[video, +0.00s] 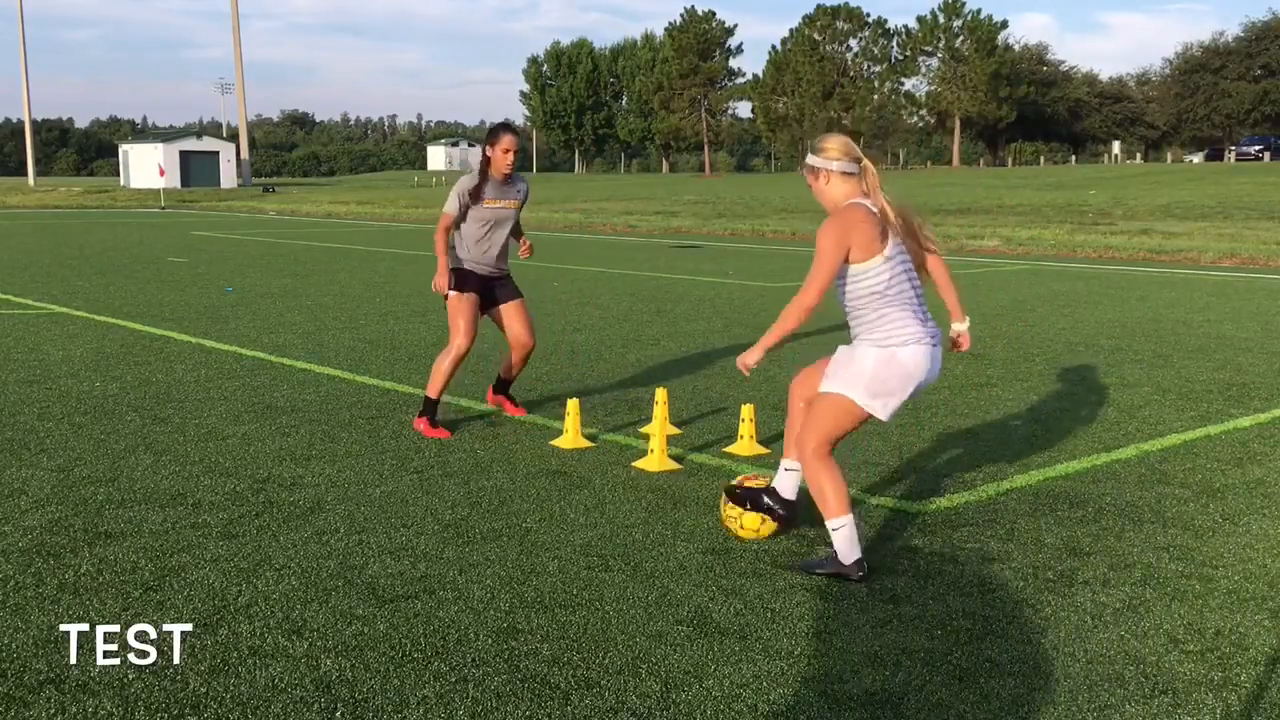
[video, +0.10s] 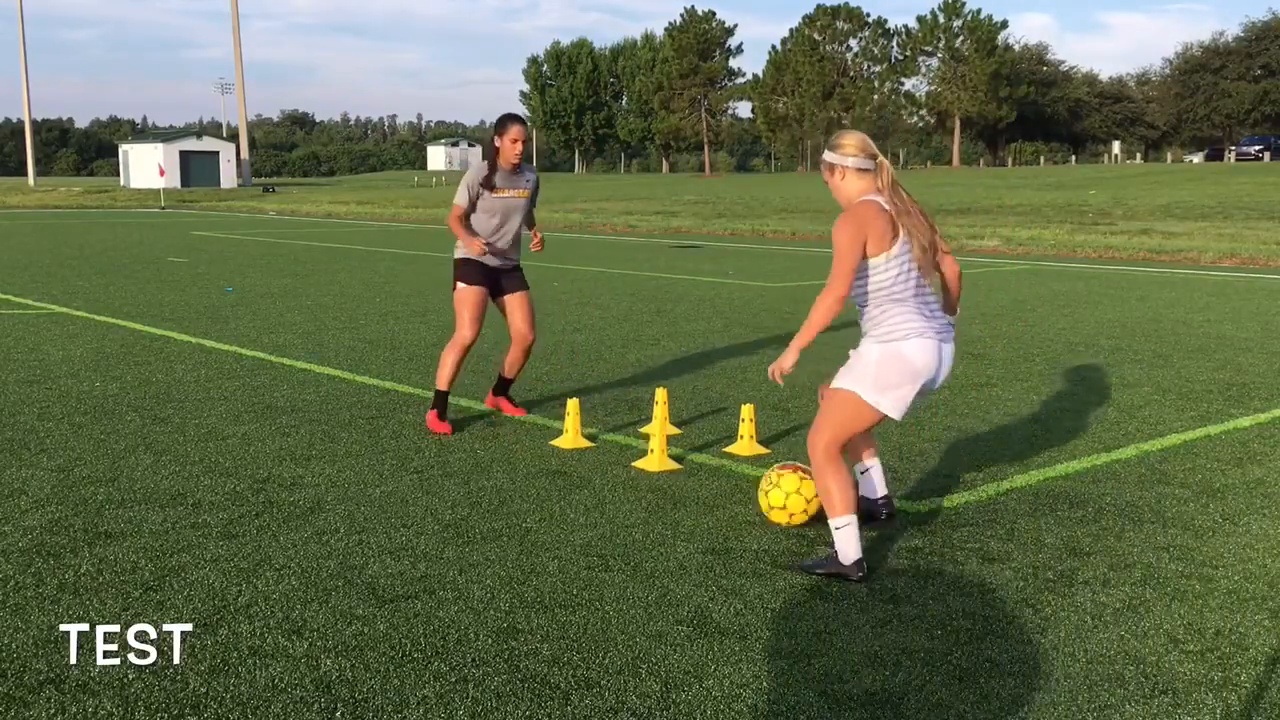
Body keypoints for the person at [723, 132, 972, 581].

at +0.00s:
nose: (811, 188)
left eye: (811, 180)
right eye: (810, 180)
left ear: (823, 177)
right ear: (856, 173)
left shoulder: (840, 224)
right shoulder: (893, 216)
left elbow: (807, 302)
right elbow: (933, 261)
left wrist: (760, 347)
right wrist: (959, 319)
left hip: (889, 354)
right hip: (919, 348)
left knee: (813, 442)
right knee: (804, 387)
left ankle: (849, 558)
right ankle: (782, 496)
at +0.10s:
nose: (828, 186)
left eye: (828, 177)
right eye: (827, 178)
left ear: (839, 173)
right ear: (873, 169)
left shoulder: (854, 219)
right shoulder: (908, 210)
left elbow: (835, 295)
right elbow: (950, 269)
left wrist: (794, 348)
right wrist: (944, 324)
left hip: (896, 349)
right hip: (934, 346)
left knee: (823, 441)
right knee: (832, 395)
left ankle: (848, 557)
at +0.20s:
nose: (847, 166)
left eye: (848, 157)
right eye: (848, 158)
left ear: (860, 155)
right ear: (892, 153)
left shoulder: (871, 195)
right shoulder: (926, 189)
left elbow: (872, 255)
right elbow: (977, 240)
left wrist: (843, 316)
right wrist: (965, 281)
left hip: (910, 326)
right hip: (956, 326)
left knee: (858, 435)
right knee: (900, 429)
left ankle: (852, 553)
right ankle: (949, 523)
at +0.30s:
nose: (866, 153)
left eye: (867, 144)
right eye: (865, 145)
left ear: (882, 139)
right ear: (910, 137)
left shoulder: (889, 174)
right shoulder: (948, 171)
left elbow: (882, 227)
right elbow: (1005, 212)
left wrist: (860, 289)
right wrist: (1018, 263)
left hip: (937, 304)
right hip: (980, 301)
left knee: (887, 414)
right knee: (912, 407)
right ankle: (942, 505)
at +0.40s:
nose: (885, 157)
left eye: (887, 149)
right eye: (885, 150)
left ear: (898, 147)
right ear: (929, 143)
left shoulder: (906, 178)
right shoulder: (970, 175)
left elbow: (891, 235)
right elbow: (1023, 223)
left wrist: (870, 293)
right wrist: (1055, 271)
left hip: (958, 304)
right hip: (997, 298)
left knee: (930, 414)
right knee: (907, 375)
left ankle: (985, 518)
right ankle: (941, 478)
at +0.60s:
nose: (917, 164)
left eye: (917, 157)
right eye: (917, 157)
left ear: (925, 156)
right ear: (959, 152)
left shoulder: (929, 194)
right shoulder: (995, 185)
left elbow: (912, 257)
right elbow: (1044, 224)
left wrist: (896, 315)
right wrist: (1077, 271)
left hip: (982, 313)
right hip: (1026, 306)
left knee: (971, 425)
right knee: (973, 395)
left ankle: (1012, 534)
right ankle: (1009, 476)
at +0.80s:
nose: (935, 146)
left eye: (935, 139)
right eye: (936, 140)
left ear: (941, 140)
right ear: (976, 137)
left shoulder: (941, 178)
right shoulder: (1005, 172)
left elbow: (941, 233)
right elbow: (1053, 222)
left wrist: (934, 286)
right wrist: (1053, 258)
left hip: (976, 299)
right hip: (1026, 292)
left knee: (956, 396)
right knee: (1027, 392)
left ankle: (1004, 484)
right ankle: (1062, 487)